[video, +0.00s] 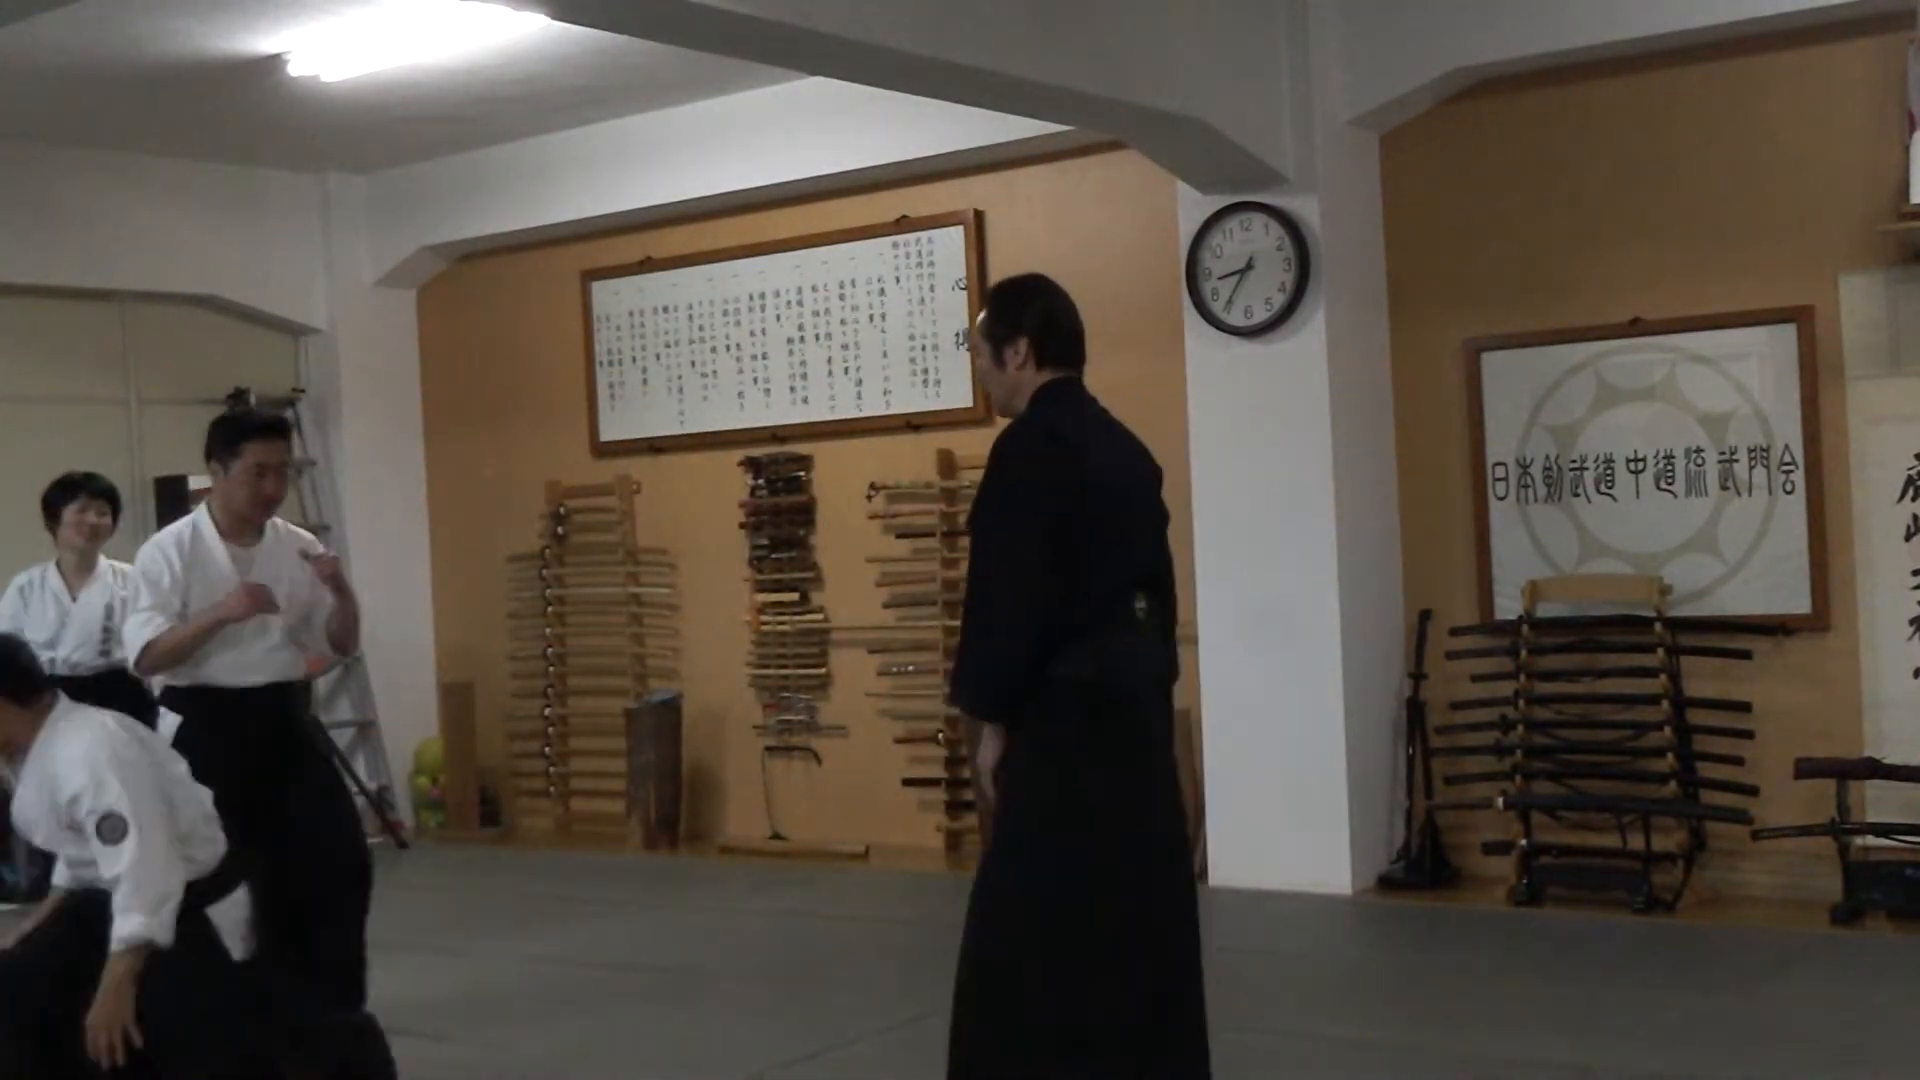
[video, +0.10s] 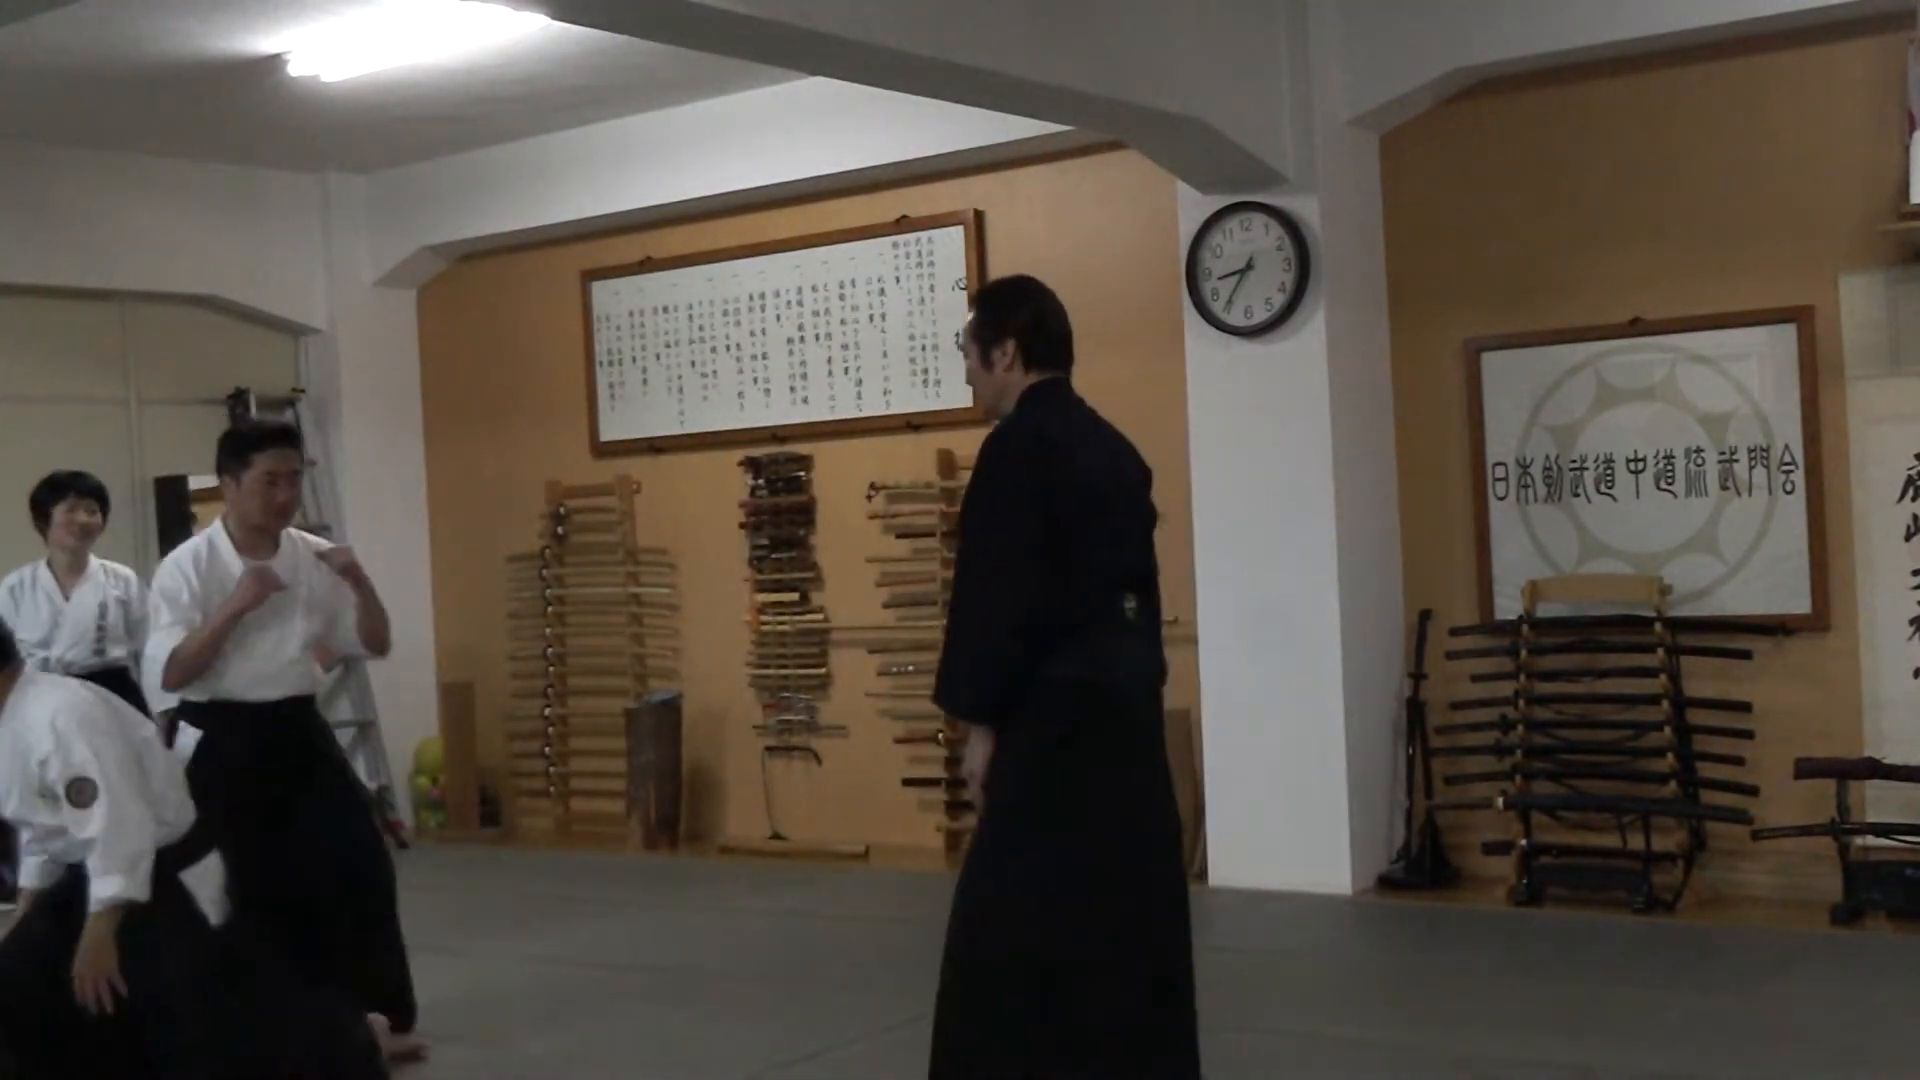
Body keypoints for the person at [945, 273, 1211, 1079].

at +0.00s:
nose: (981, 373)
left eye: (983, 354)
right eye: (979, 355)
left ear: (1020, 352)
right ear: (1059, 352)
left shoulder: (1026, 447)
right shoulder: (1122, 445)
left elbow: (1004, 593)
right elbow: (1153, 597)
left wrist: (992, 722)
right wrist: (1142, 694)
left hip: (1056, 724)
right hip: (1132, 719)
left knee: (1029, 935)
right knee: (1132, 927)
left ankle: (1035, 1069)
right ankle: (1135, 1065)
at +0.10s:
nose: (967, 372)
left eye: (972, 352)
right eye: (967, 354)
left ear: (1008, 352)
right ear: (1043, 353)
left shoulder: (1015, 448)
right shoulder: (1112, 446)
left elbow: (991, 593)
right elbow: (1132, 601)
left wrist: (980, 723)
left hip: (1047, 729)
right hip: (1122, 723)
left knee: (1005, 925)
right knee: (1121, 919)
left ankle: (1009, 1068)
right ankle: (1126, 1064)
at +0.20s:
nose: (955, 374)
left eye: (958, 356)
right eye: (953, 357)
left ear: (993, 353)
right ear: (1032, 354)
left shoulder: (1004, 447)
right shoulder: (1097, 447)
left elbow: (985, 593)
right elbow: (1107, 604)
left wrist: (972, 728)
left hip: (1034, 728)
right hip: (1109, 722)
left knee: (1002, 934)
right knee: (1109, 924)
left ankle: (1009, 1068)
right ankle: (1114, 1065)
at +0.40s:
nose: (925, 382)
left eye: (928, 362)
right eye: (924, 364)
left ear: (960, 359)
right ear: (1007, 358)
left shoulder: (963, 454)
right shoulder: (1068, 453)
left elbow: (942, 598)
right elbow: (1072, 604)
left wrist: (934, 733)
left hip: (996, 729)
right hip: (1075, 721)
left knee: (980, 934)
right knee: (1083, 924)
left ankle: (985, 1071)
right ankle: (1091, 1068)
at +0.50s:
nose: (907, 376)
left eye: (910, 358)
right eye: (907, 359)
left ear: (937, 358)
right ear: (991, 358)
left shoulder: (939, 453)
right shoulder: (1048, 454)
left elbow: (915, 598)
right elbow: (1053, 605)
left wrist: (910, 731)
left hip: (971, 725)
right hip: (1051, 716)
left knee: (965, 928)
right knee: (1062, 914)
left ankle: (969, 1065)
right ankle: (1074, 1062)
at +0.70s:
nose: (877, 378)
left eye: (880, 361)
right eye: (878, 362)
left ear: (908, 362)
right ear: (966, 362)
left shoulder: (896, 459)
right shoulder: (1028, 459)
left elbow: (869, 598)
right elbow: (1032, 598)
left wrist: (866, 730)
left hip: (935, 717)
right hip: (1020, 710)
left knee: (932, 918)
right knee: (1023, 911)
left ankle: (934, 1067)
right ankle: (1040, 1064)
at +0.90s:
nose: (866, 377)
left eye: (870, 362)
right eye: (866, 362)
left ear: (897, 363)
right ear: (954, 363)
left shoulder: (881, 462)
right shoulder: (1015, 460)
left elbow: (851, 598)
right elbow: (1023, 598)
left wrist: (848, 729)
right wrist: (1009, 695)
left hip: (923, 718)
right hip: (1008, 712)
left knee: (913, 914)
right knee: (1000, 906)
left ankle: (914, 1064)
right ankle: (1006, 1063)